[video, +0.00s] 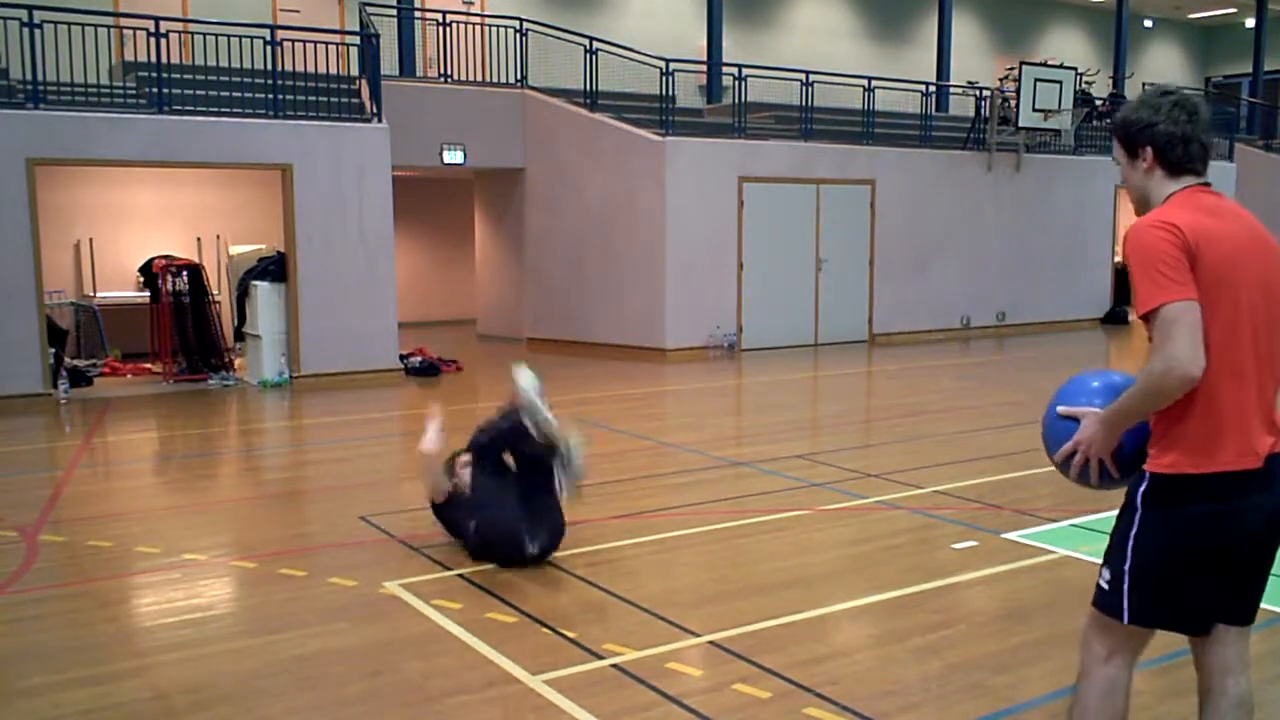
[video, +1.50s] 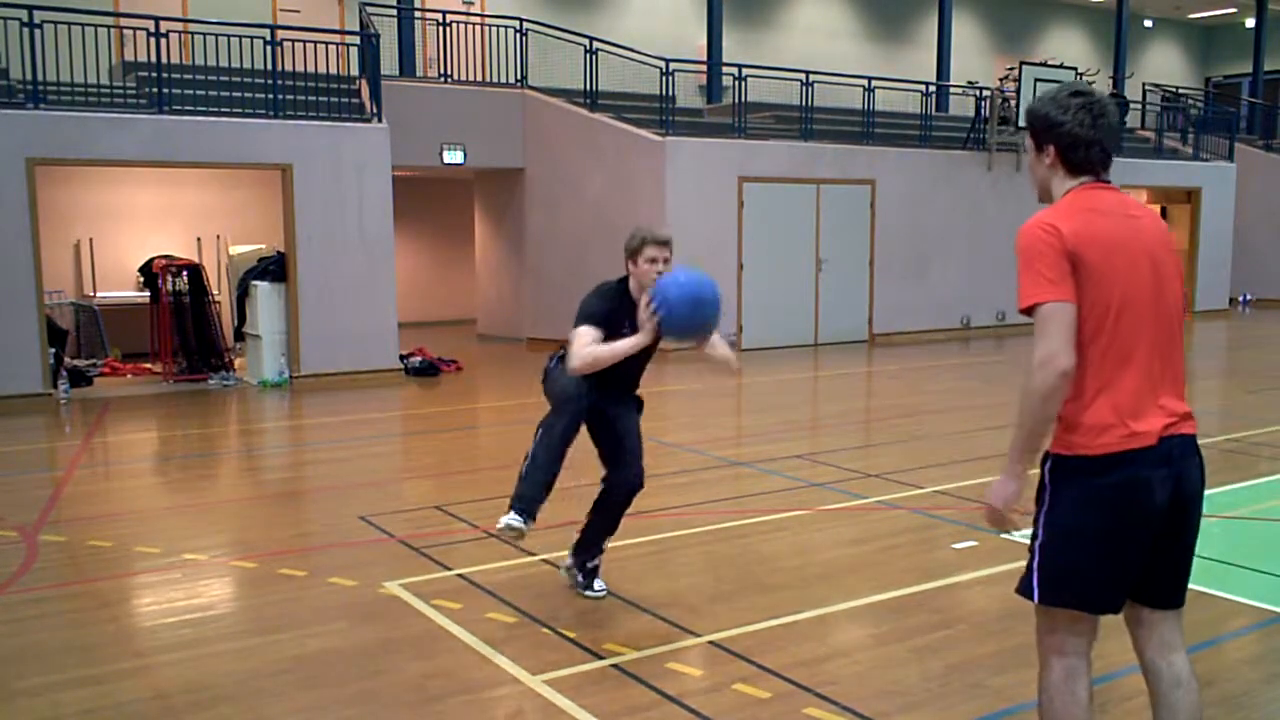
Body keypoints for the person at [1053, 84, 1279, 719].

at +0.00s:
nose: (1120, 178)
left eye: (1121, 162)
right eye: (1119, 163)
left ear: (1146, 157)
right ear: (1193, 155)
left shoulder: (1158, 230)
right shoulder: (1252, 227)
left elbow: (1180, 362)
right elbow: (1250, 361)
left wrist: (1108, 422)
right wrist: (1144, 412)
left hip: (1185, 482)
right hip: (1259, 476)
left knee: (1108, 648)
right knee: (1224, 651)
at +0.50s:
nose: (1040, 210)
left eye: (1039, 193)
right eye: (1038, 195)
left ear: (1061, 190)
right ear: (1112, 184)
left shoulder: (1078, 259)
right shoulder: (1181, 242)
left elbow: (1106, 394)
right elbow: (1200, 366)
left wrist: (1088, 497)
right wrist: (1145, 467)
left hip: (1174, 477)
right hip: (1253, 464)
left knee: (1116, 658)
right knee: (1224, 651)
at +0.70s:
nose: (1011, 214)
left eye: (1011, 198)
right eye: (1011, 199)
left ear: (1031, 197)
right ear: (1085, 191)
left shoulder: (1042, 265)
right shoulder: (1150, 246)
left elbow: (1033, 407)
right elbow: (1171, 383)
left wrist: (1006, 494)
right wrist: (1096, 475)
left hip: (1141, 476)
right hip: (1225, 464)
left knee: (1102, 660)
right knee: (1206, 653)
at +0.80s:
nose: (1008, 198)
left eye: (1008, 183)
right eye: (1008, 184)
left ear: (1027, 185)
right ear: (1079, 180)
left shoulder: (1033, 256)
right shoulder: (1138, 240)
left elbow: (999, 391)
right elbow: (1111, 381)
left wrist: (944, 439)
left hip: (1125, 474)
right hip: (1208, 461)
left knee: (1090, 655)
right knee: (1192, 646)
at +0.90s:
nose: (1007, 187)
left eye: (1008, 173)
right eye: (1007, 174)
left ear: (1025, 174)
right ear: (1078, 171)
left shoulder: (1027, 247)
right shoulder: (1135, 234)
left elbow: (980, 373)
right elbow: (1078, 363)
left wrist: (914, 373)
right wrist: (979, 378)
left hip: (1107, 470)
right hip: (1192, 460)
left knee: (1080, 656)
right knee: (1180, 641)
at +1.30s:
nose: (1010, 165)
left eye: (1010, 152)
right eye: (1010, 153)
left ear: (1027, 155)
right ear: (1085, 154)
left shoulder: (1028, 233)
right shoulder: (1136, 225)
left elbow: (1015, 368)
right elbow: (1135, 367)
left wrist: (949, 435)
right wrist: (1045, 421)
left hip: (1080, 469)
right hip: (1163, 462)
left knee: (1057, 648)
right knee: (1151, 627)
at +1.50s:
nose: (1027, 164)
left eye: (1027, 149)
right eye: (1028, 150)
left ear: (1046, 150)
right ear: (1106, 150)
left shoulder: (1050, 229)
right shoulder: (1154, 222)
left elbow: (1055, 362)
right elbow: (1168, 338)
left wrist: (1014, 471)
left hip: (1094, 476)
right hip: (1174, 466)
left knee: (1065, 647)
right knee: (1161, 635)